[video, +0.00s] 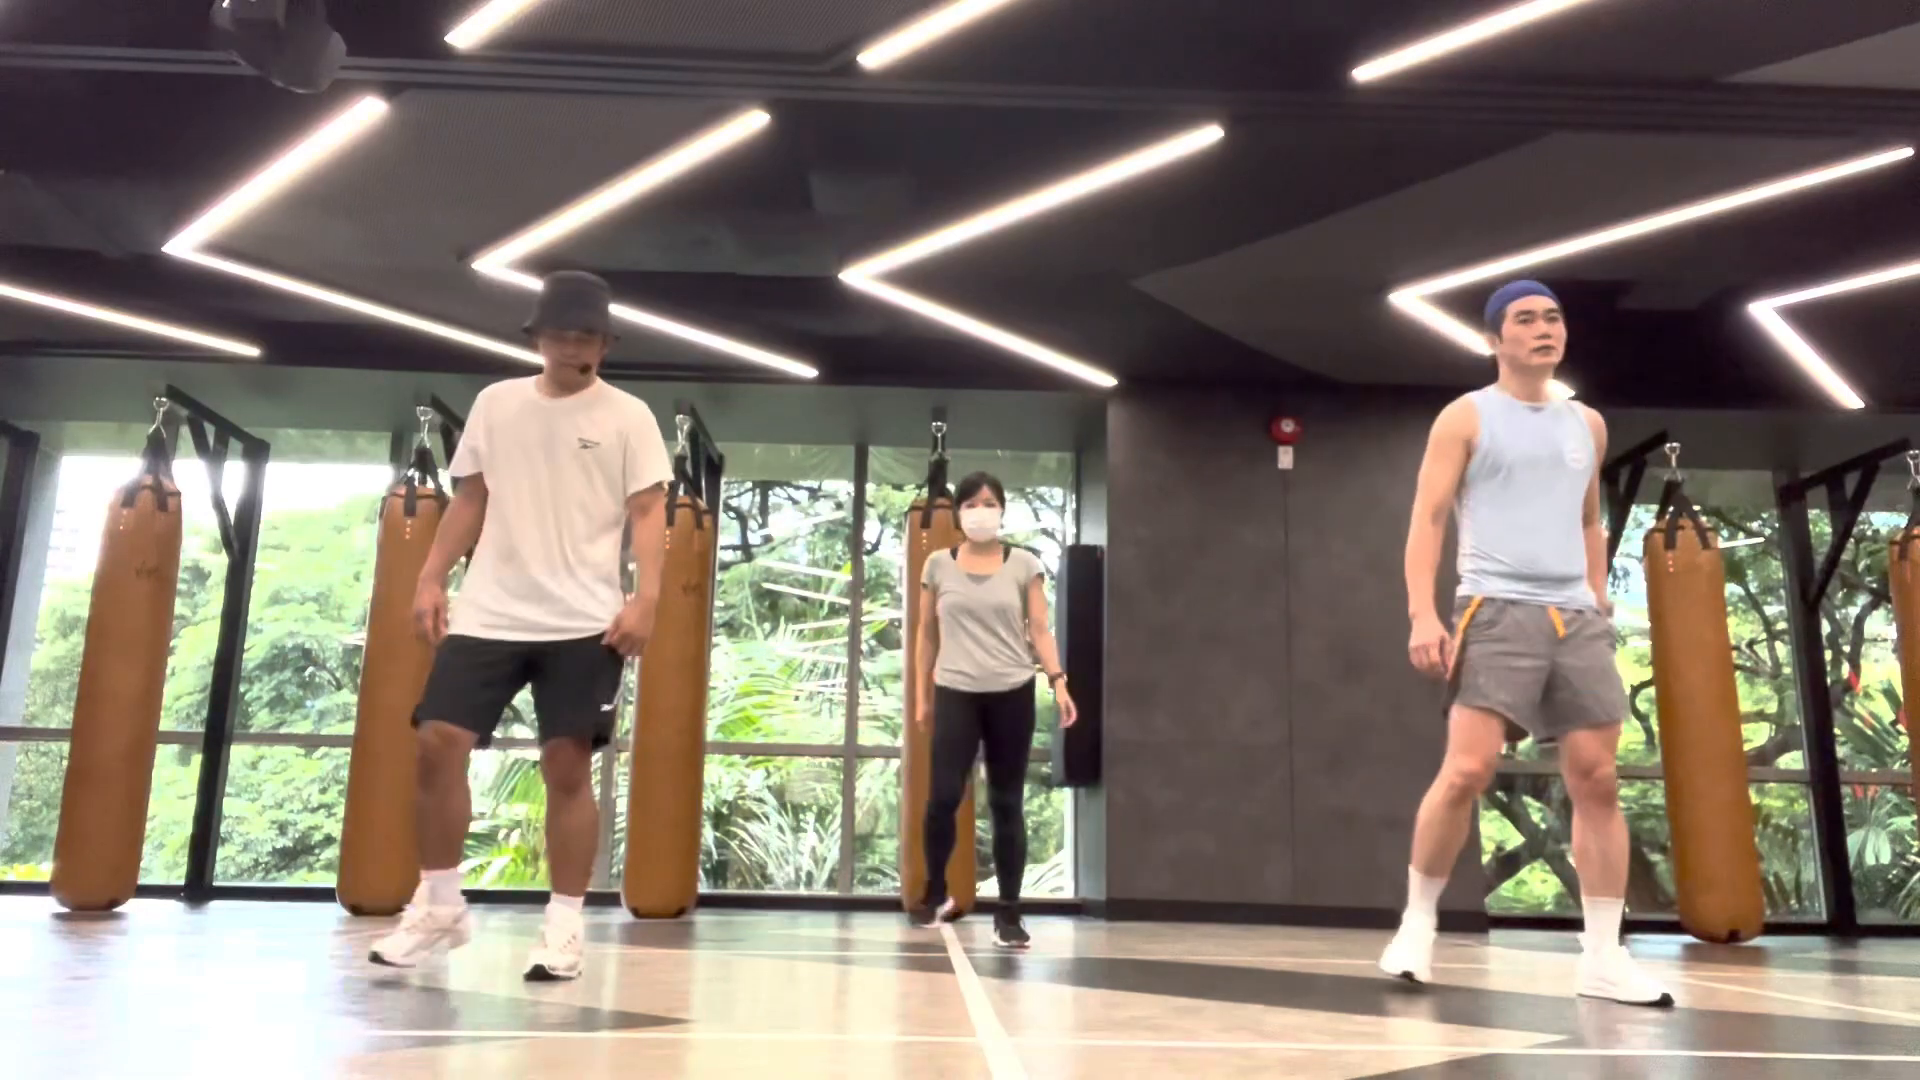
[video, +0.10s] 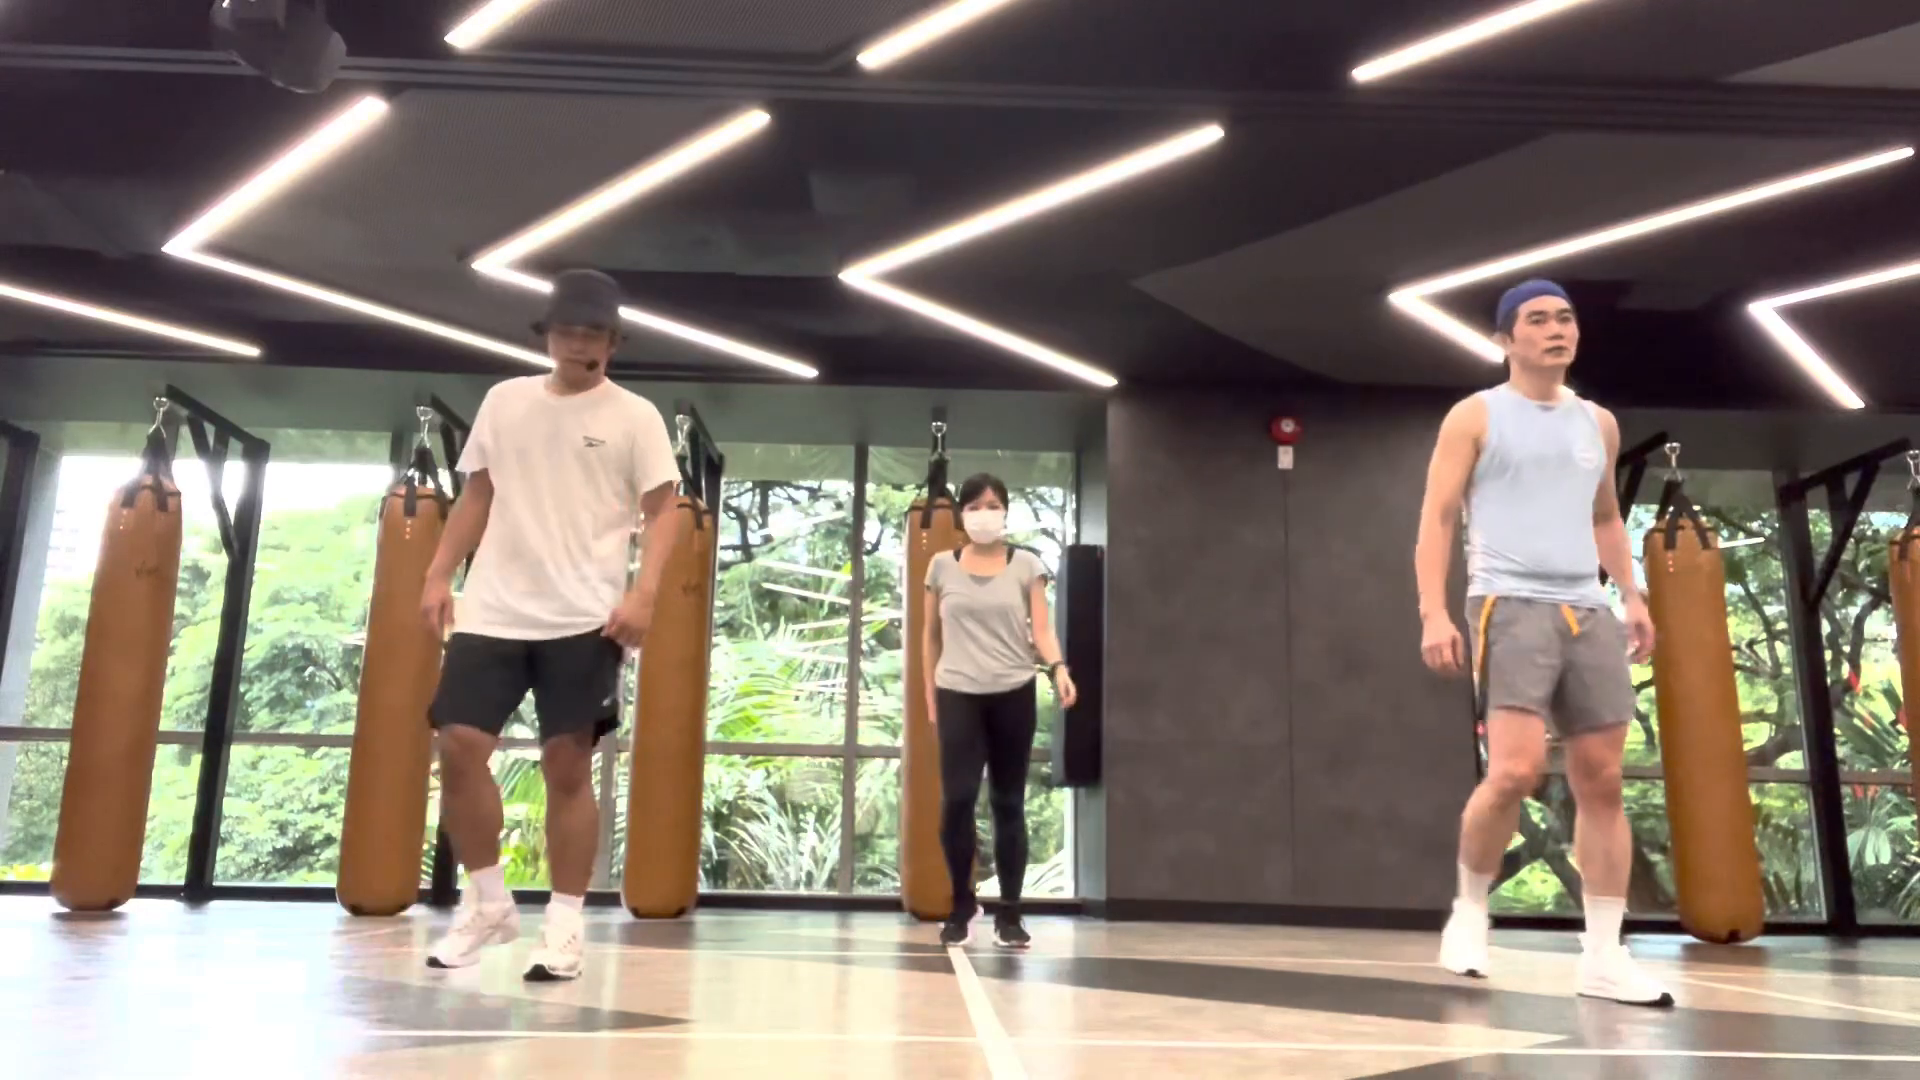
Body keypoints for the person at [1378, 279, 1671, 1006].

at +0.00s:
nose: (1544, 328)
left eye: (1552, 317)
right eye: (1527, 319)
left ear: (1565, 334)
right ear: (1497, 338)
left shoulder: (1587, 423)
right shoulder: (1465, 416)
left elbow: (1591, 520)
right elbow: (1428, 518)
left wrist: (1598, 603)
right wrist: (1423, 613)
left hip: (1579, 620)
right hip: (1497, 617)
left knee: (1598, 778)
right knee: (1466, 772)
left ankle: (1603, 957)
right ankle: (1417, 925)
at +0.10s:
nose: (1555, 329)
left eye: (1565, 318)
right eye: (1538, 319)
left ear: (1577, 335)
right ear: (1508, 338)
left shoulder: (1599, 423)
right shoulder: (1474, 416)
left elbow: (1607, 517)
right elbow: (1437, 518)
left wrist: (1632, 594)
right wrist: (1435, 613)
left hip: (1594, 615)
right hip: (1513, 610)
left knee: (1602, 780)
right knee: (1517, 771)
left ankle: (1603, 958)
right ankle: (1469, 915)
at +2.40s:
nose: (1543, 327)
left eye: (1553, 315)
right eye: (1525, 317)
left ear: (1570, 328)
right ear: (1499, 334)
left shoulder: (1606, 413)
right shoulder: (1462, 416)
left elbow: (1626, 504)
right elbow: (1435, 523)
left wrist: (1620, 531)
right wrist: (1420, 621)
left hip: (1586, 616)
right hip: (1494, 615)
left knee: (1612, 773)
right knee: (1472, 767)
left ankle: (1619, 955)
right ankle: (1440, 937)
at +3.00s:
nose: (1448, 351)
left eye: (1459, 338)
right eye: (1434, 337)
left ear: (1472, 346)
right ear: (1401, 344)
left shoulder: (1496, 423)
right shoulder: (1361, 427)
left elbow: (1507, 537)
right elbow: (1333, 531)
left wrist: (1517, 626)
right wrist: (1309, 628)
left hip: (1482, 614)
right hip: (1397, 611)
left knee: (1486, 774)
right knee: (1394, 776)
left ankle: (1455, 934)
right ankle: (1396, 944)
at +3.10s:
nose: (1451, 343)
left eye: (1462, 330)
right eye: (1437, 329)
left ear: (1473, 342)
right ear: (1404, 338)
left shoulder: (1495, 420)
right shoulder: (1362, 424)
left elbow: (1500, 526)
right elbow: (1336, 531)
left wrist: (1502, 611)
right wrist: (1313, 628)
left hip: (1482, 612)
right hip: (1400, 609)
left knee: (1493, 772)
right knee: (1396, 776)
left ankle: (1449, 929)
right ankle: (1396, 944)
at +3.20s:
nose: (1463, 333)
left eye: (1472, 324)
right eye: (1448, 320)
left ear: (1479, 340)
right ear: (1411, 332)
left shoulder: (1496, 418)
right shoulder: (1367, 418)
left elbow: (1497, 521)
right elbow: (1344, 525)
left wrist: (1501, 604)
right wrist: (1332, 624)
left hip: (1492, 612)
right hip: (1410, 612)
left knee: (1534, 759)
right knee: (1400, 774)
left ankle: (1492, 914)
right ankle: (1397, 943)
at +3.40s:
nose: (1490, 323)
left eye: (1499, 317)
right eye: (1473, 312)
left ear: (1507, 343)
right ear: (1436, 333)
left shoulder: (1524, 423)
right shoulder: (1399, 415)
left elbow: (1511, 519)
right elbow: (1369, 515)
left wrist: (1512, 599)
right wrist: (1380, 614)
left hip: (1520, 616)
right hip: (1438, 616)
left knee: (1575, 774)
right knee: (1416, 777)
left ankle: (1598, 947)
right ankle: (1399, 945)